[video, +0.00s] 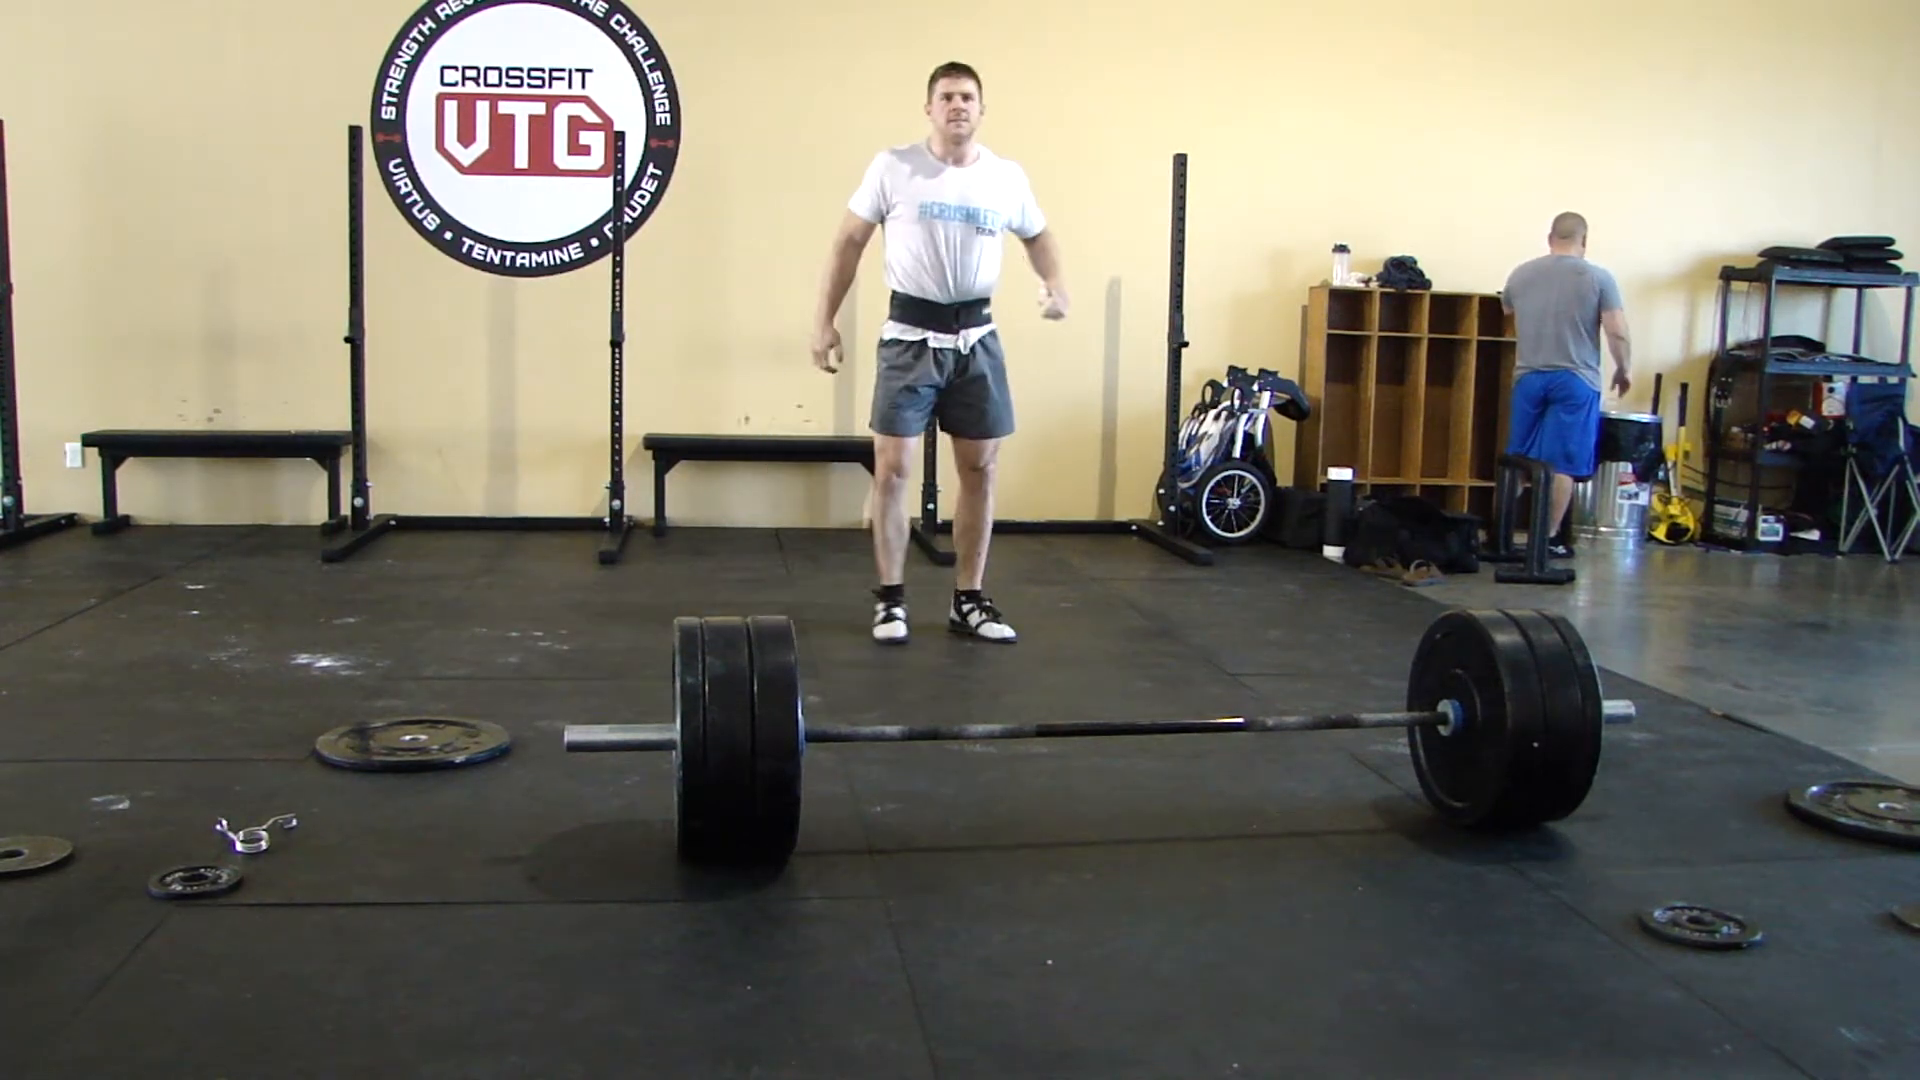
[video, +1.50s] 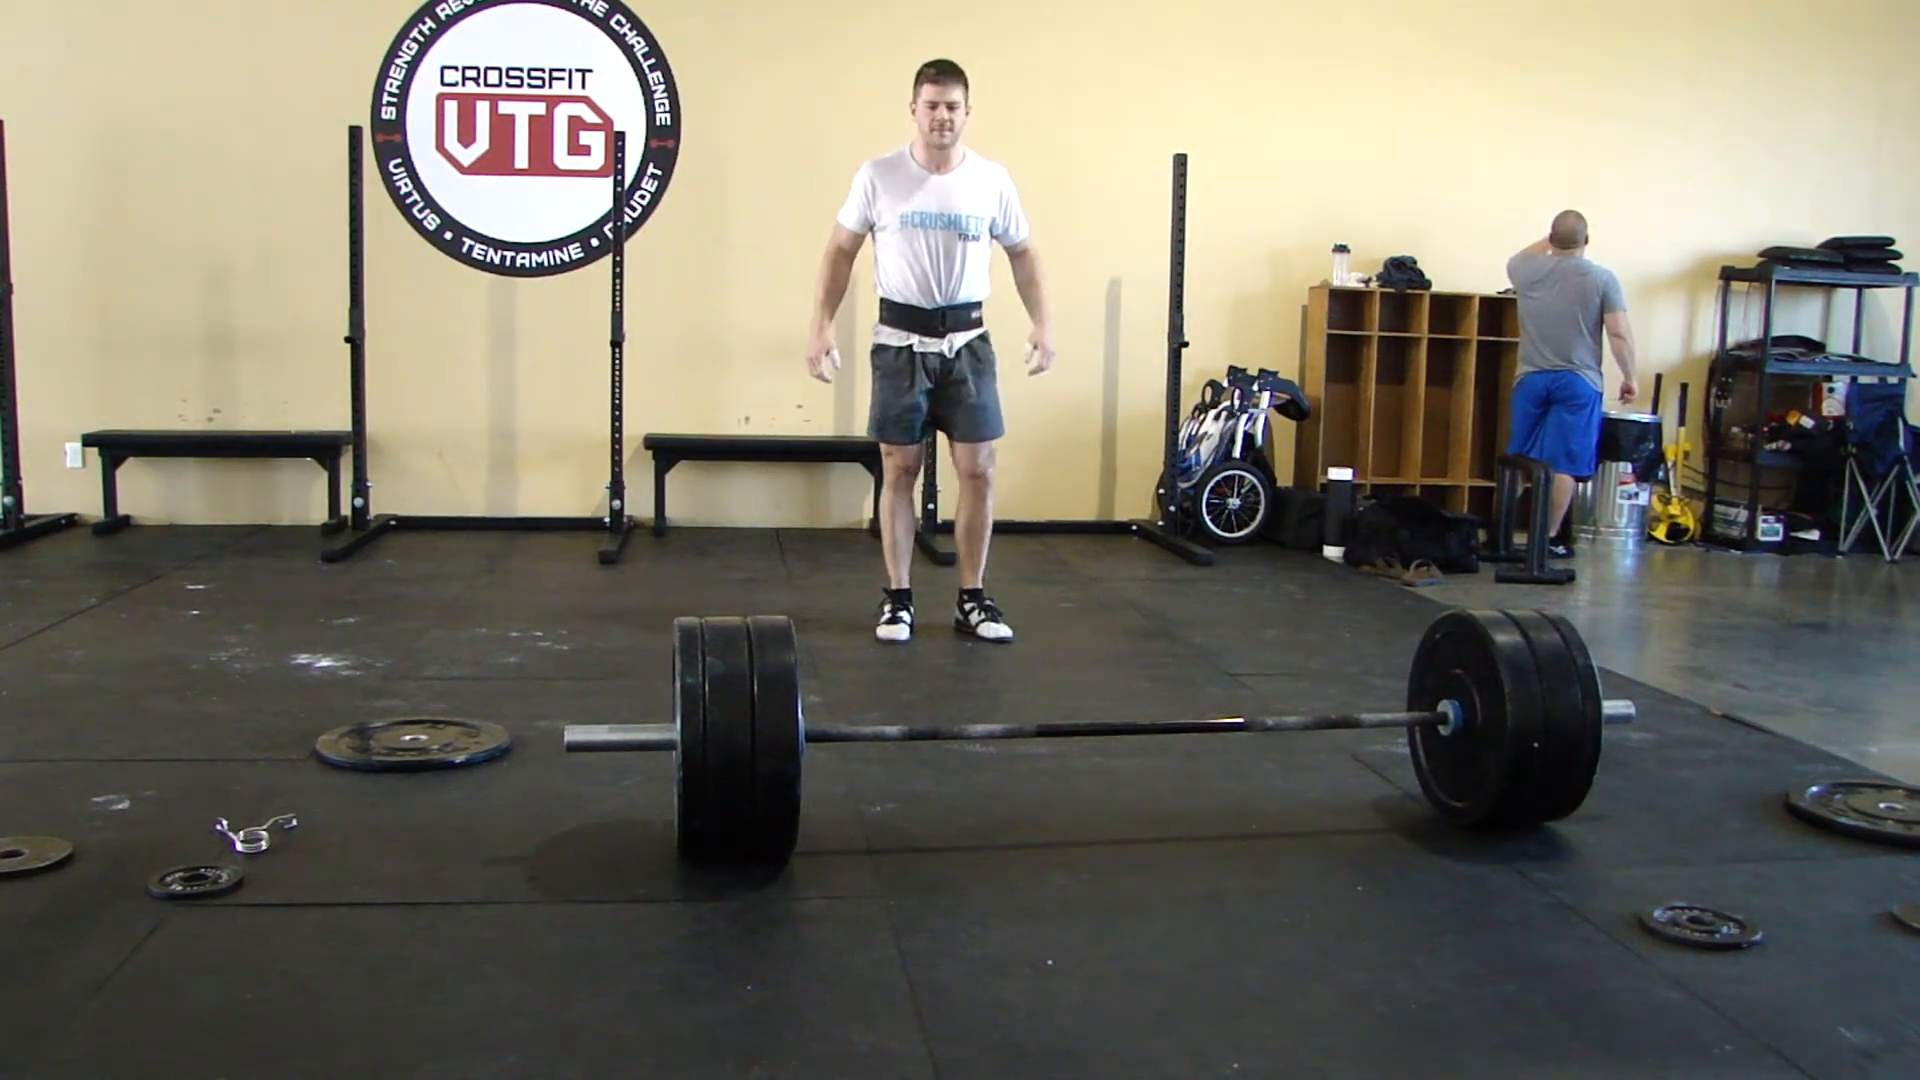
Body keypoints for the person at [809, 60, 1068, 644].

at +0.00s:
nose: (958, 106)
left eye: (967, 98)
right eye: (948, 98)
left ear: (981, 110)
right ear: (928, 109)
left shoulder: (1005, 177)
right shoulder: (893, 169)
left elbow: (1037, 236)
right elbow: (850, 242)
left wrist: (1054, 283)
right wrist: (825, 321)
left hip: (977, 342)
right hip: (909, 340)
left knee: (979, 472)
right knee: (893, 470)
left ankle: (969, 601)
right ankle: (890, 600)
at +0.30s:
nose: (957, 100)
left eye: (967, 93)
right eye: (948, 93)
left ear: (982, 108)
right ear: (929, 107)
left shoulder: (1009, 175)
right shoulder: (894, 167)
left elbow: (1048, 238)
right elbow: (850, 234)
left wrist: (1069, 298)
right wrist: (826, 302)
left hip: (981, 341)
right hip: (911, 340)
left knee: (992, 470)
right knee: (899, 466)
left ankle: (977, 598)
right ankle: (896, 599)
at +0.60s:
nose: (957, 100)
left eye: (966, 93)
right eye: (947, 93)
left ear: (981, 109)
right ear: (928, 108)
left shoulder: (1009, 176)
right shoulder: (895, 170)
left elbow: (1043, 245)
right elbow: (852, 240)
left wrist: (1064, 311)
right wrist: (829, 311)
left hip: (983, 342)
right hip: (915, 340)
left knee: (990, 469)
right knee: (905, 464)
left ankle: (976, 598)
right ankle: (897, 598)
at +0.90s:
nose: (956, 99)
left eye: (966, 92)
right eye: (946, 91)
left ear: (980, 108)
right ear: (927, 107)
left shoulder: (1006, 179)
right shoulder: (894, 174)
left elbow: (1037, 251)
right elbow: (856, 247)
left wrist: (1054, 319)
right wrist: (842, 318)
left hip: (982, 343)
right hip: (914, 341)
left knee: (983, 468)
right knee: (907, 465)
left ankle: (974, 599)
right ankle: (897, 598)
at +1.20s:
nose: (952, 110)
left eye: (962, 100)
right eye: (942, 100)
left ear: (976, 109)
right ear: (923, 108)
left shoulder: (1000, 178)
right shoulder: (889, 175)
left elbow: (1032, 249)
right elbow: (851, 247)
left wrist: (1056, 313)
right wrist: (838, 319)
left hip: (978, 342)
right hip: (911, 341)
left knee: (979, 467)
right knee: (906, 465)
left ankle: (974, 599)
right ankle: (897, 599)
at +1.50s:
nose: (942, 116)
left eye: (952, 106)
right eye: (931, 105)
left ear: (967, 112)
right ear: (913, 109)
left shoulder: (992, 180)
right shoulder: (878, 177)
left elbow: (1022, 254)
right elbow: (841, 251)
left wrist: (1041, 323)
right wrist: (821, 326)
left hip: (968, 344)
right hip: (900, 344)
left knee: (979, 470)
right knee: (901, 468)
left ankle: (973, 600)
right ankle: (897, 598)